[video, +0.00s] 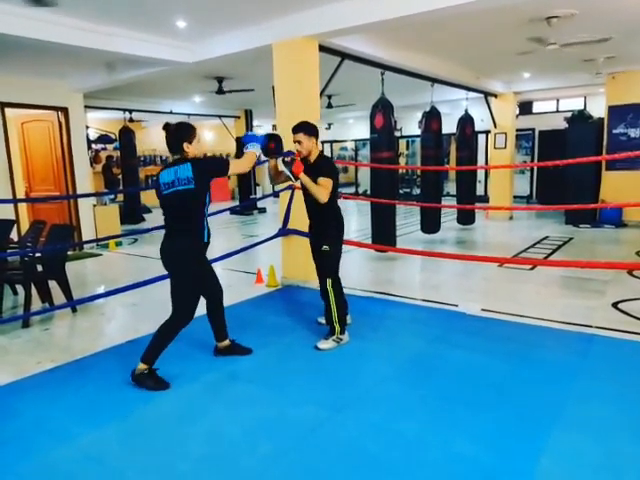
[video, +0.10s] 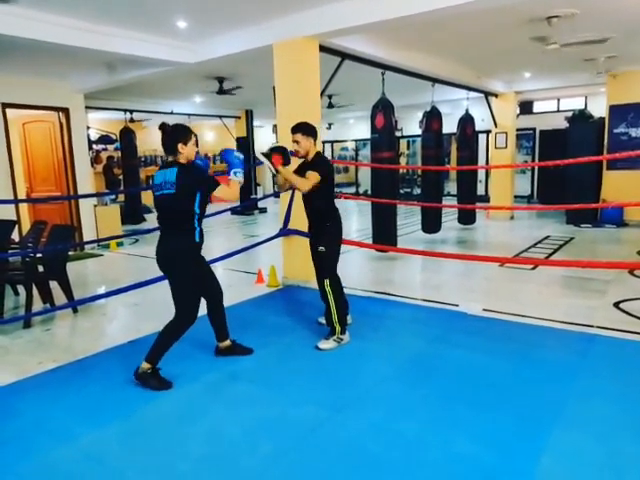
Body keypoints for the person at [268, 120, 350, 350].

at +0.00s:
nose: (296, 147)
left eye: (300, 142)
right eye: (295, 143)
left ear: (314, 141)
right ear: (296, 144)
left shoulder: (327, 165)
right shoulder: (303, 164)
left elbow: (323, 195)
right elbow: (277, 179)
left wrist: (300, 174)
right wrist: (273, 160)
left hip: (329, 226)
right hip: (316, 225)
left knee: (329, 278)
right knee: (325, 275)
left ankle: (338, 332)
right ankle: (339, 313)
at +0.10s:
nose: (294, 147)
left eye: (297, 142)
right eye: (293, 143)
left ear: (311, 141)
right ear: (304, 143)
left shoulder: (321, 163)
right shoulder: (305, 164)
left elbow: (304, 186)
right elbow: (283, 186)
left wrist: (280, 167)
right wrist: (278, 169)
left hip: (328, 227)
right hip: (316, 226)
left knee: (327, 278)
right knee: (325, 275)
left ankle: (339, 332)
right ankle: (339, 313)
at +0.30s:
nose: (287, 147)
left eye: (290, 142)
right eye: (286, 143)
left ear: (303, 141)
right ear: (300, 143)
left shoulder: (305, 161)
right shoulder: (305, 164)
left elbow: (269, 159)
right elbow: (288, 195)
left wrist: (236, 157)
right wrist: (281, 175)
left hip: (317, 223)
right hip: (318, 221)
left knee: (301, 273)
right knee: (325, 269)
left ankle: (325, 324)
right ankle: (342, 312)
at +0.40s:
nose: (278, 148)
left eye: (281, 143)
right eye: (278, 144)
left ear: (294, 143)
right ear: (290, 144)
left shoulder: (298, 163)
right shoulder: (295, 166)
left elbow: (263, 159)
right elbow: (280, 198)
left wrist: (231, 158)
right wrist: (274, 179)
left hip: (309, 227)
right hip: (314, 225)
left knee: (287, 272)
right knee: (323, 270)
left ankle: (296, 325)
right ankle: (342, 313)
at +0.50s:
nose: (268, 151)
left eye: (272, 146)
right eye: (268, 147)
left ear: (285, 145)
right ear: (281, 147)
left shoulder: (289, 165)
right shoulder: (283, 168)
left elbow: (259, 159)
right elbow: (268, 199)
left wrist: (229, 157)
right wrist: (261, 178)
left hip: (300, 229)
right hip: (303, 227)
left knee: (278, 273)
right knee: (317, 271)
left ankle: (265, 326)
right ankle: (342, 312)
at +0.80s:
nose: (236, 149)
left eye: (241, 144)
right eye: (235, 144)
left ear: (254, 143)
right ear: (237, 145)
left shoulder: (258, 164)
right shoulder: (250, 167)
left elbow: (231, 156)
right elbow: (233, 198)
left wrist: (207, 150)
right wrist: (230, 178)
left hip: (263, 224)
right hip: (263, 222)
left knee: (248, 278)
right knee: (255, 273)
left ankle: (257, 329)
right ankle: (286, 300)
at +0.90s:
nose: (227, 147)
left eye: (231, 142)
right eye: (226, 142)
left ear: (245, 140)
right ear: (230, 143)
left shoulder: (250, 161)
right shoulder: (238, 165)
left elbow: (223, 152)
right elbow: (226, 197)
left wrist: (195, 146)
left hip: (258, 224)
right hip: (246, 222)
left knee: (248, 275)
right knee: (234, 269)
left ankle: (258, 327)